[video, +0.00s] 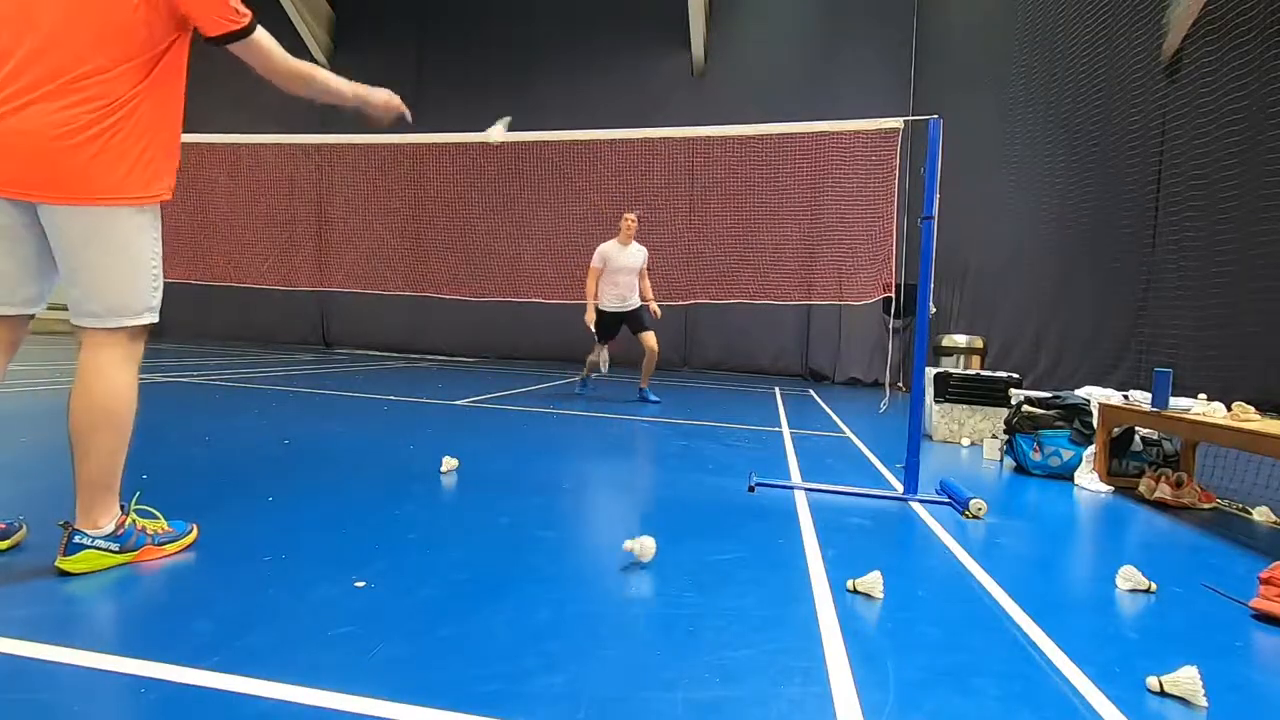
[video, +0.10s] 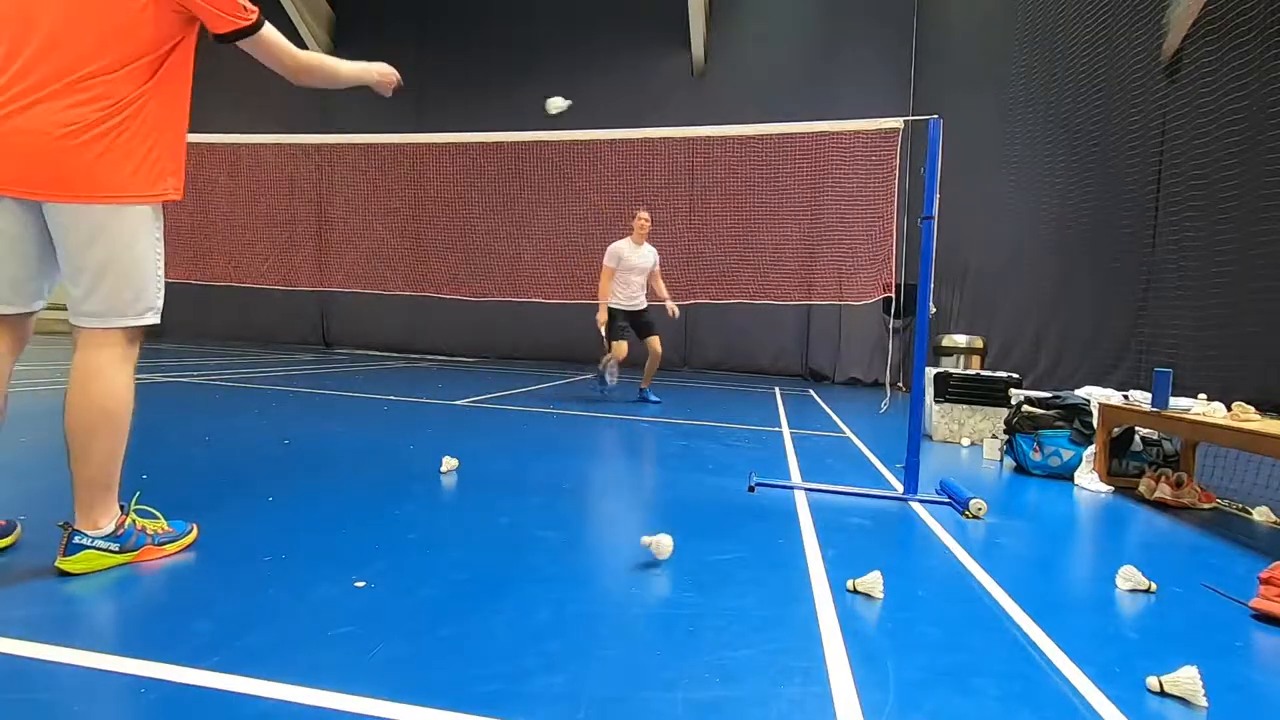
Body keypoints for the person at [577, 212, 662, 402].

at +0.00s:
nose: (630, 224)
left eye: (633, 221)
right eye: (626, 220)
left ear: (637, 227)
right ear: (620, 224)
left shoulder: (642, 252)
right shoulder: (604, 250)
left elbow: (644, 278)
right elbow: (592, 279)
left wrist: (651, 300)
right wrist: (590, 309)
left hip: (633, 307)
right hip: (608, 309)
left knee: (652, 348)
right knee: (598, 352)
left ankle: (643, 388)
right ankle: (584, 377)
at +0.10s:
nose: (644, 223)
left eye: (647, 221)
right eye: (640, 219)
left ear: (651, 226)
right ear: (632, 223)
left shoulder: (652, 253)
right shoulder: (616, 249)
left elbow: (657, 280)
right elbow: (605, 281)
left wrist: (667, 299)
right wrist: (602, 310)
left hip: (639, 308)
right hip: (616, 308)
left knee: (656, 350)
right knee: (620, 353)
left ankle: (644, 389)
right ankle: (603, 368)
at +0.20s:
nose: (655, 224)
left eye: (658, 221)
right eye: (651, 220)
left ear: (661, 226)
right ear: (643, 223)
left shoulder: (662, 255)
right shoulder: (626, 247)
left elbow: (670, 281)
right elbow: (615, 276)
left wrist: (686, 297)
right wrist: (617, 299)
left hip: (645, 308)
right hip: (624, 304)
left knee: (657, 355)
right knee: (633, 340)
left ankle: (644, 389)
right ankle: (620, 386)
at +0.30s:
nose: (661, 221)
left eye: (665, 218)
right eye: (658, 216)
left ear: (668, 224)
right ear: (650, 220)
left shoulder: (667, 253)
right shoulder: (635, 241)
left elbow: (673, 278)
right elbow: (627, 263)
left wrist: (691, 290)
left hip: (649, 306)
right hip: (626, 301)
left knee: (654, 355)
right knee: (638, 337)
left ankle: (643, 388)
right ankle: (639, 391)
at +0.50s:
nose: (676, 232)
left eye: (680, 229)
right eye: (672, 227)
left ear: (683, 235)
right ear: (663, 230)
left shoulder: (674, 261)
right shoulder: (651, 251)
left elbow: (668, 287)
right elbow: (651, 260)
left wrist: (681, 307)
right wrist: (672, 260)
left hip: (658, 316)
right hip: (636, 311)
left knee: (661, 366)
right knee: (656, 341)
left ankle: (638, 386)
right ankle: (658, 403)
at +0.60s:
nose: (685, 239)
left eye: (688, 236)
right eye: (681, 234)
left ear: (689, 242)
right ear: (669, 236)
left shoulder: (679, 265)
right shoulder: (654, 259)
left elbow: (668, 289)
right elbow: (655, 277)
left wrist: (670, 310)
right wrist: (673, 290)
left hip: (659, 318)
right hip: (637, 314)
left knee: (664, 374)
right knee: (658, 341)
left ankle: (638, 386)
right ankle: (659, 404)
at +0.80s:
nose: (685, 242)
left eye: (688, 239)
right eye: (681, 237)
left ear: (690, 244)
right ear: (670, 240)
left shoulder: (681, 268)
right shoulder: (654, 264)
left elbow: (667, 295)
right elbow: (642, 299)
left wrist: (664, 316)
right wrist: (650, 310)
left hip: (659, 320)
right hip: (636, 316)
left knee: (670, 376)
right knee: (656, 341)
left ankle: (641, 382)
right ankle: (658, 404)